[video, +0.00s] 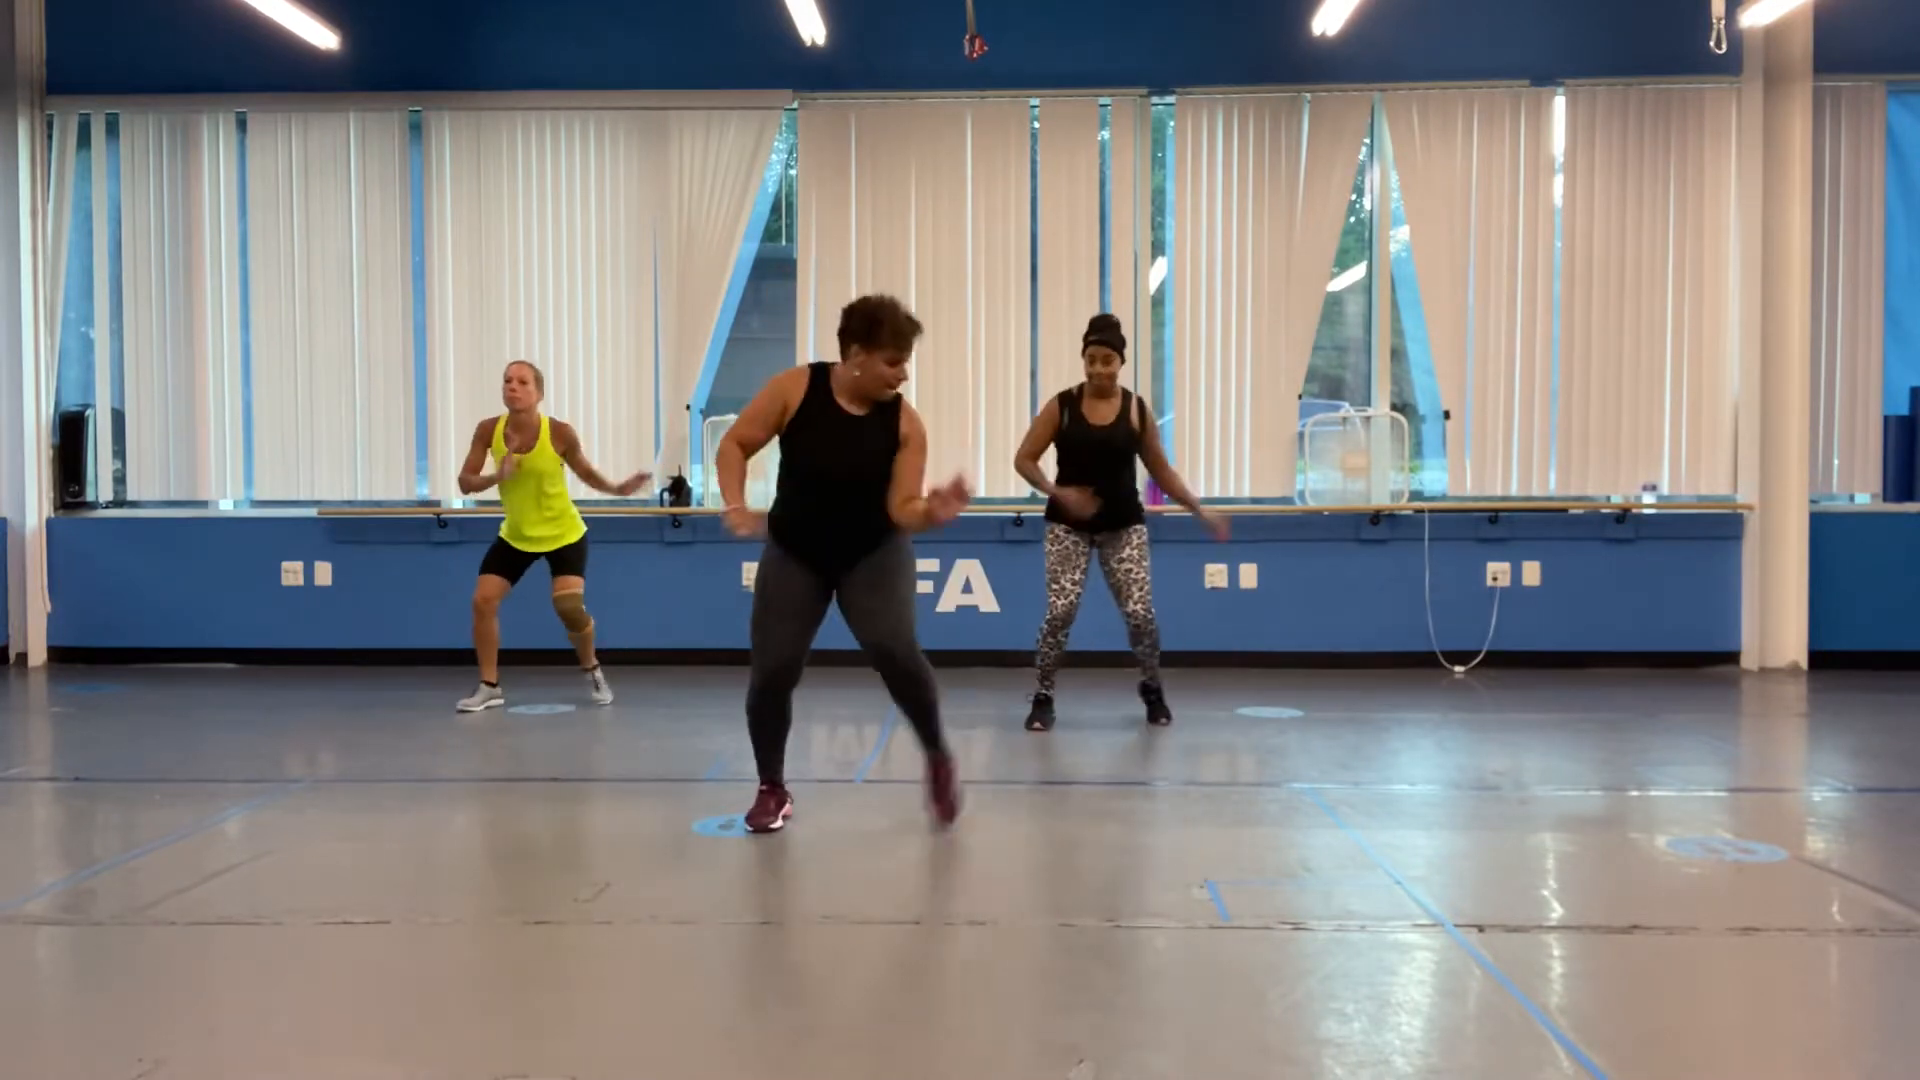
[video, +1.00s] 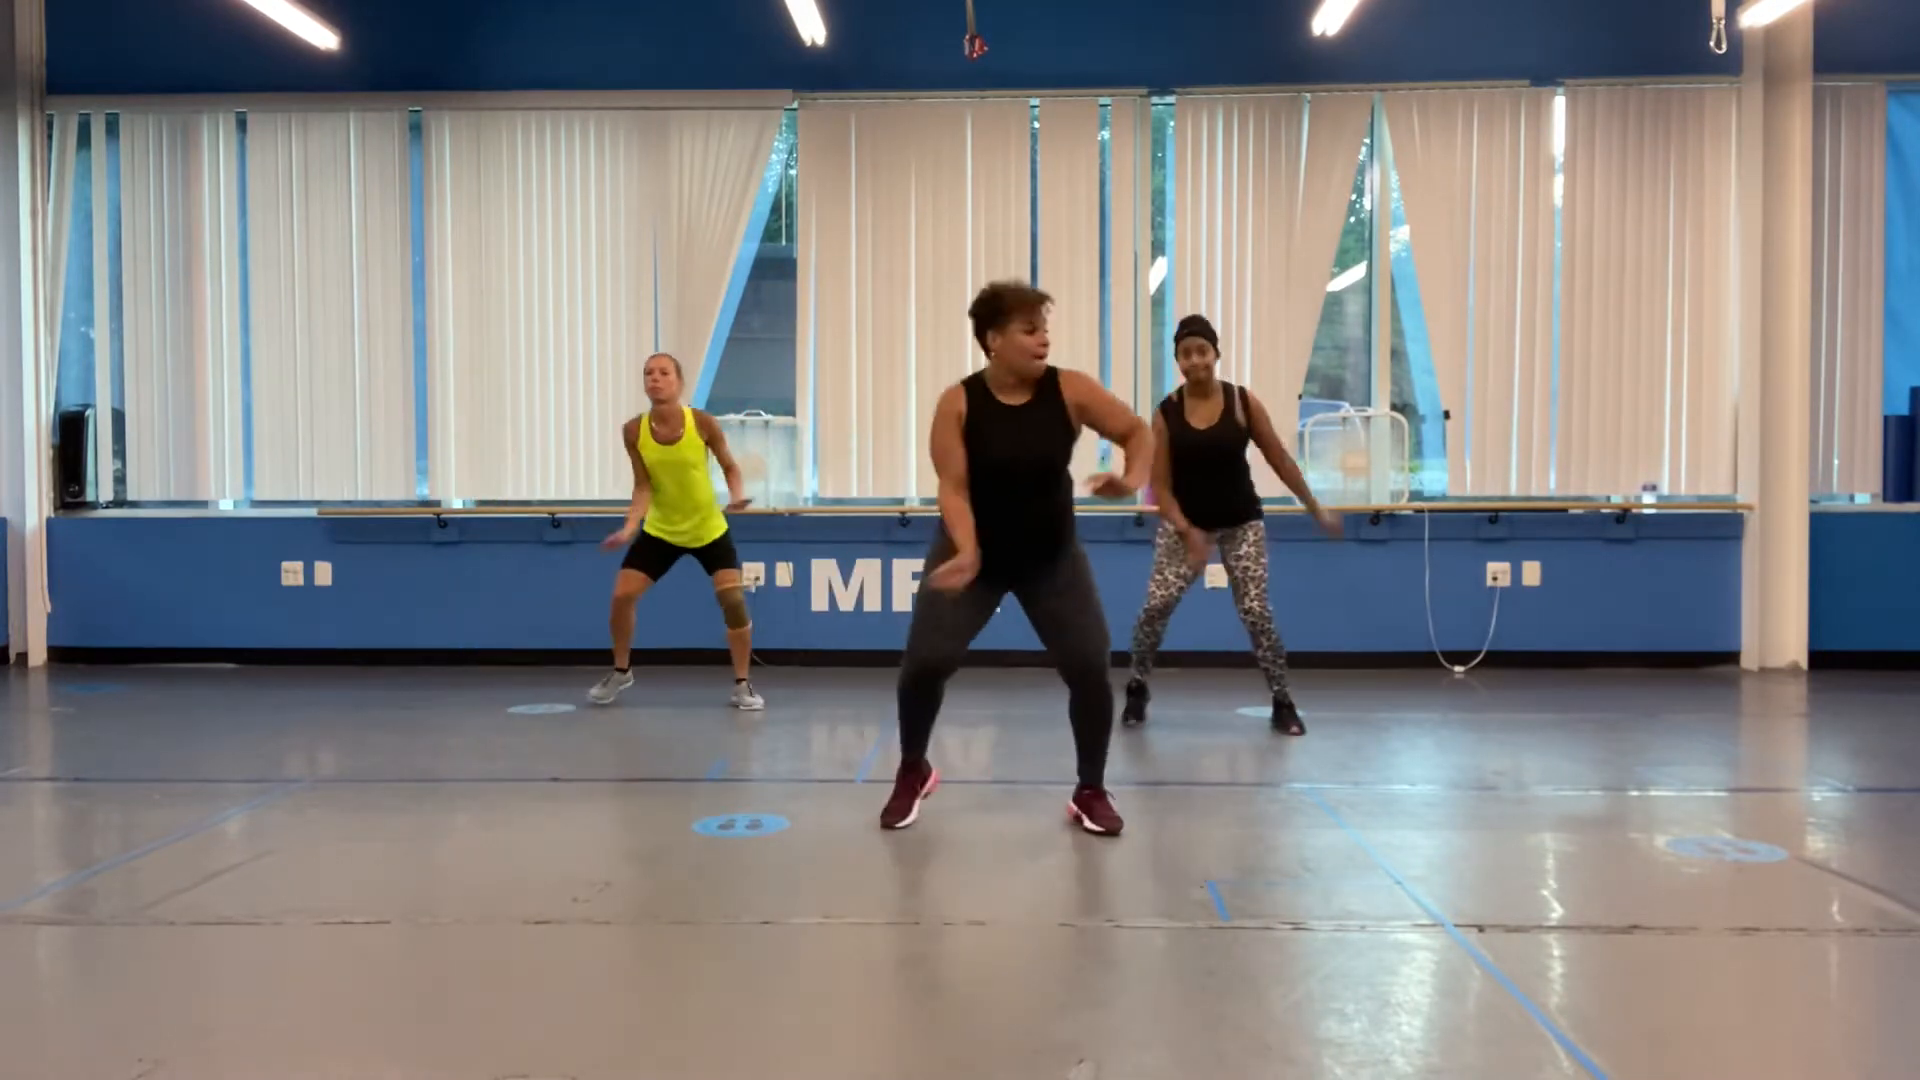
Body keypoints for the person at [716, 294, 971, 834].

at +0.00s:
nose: (903, 372)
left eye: (905, 361)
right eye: (894, 361)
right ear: (855, 357)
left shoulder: (905, 425)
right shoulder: (794, 389)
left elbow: (903, 511)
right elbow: (732, 446)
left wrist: (932, 510)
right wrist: (736, 505)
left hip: (873, 554)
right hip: (795, 552)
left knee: (895, 654)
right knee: (772, 671)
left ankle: (938, 758)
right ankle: (771, 788)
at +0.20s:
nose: (916, 353)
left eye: (926, 342)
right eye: (903, 342)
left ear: (938, 344)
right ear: (880, 343)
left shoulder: (956, 405)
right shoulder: (844, 380)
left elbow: (964, 490)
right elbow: (773, 408)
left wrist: (945, 490)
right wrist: (712, 461)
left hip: (901, 546)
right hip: (825, 541)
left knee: (950, 647)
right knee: (797, 665)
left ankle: (959, 770)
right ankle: (769, 785)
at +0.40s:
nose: (952, 350)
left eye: (961, 337)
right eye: (939, 341)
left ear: (978, 338)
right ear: (923, 346)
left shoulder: (1009, 404)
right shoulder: (897, 388)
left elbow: (1016, 488)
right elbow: (825, 425)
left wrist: (987, 491)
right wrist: (761, 470)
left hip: (964, 550)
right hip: (888, 542)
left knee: (986, 667)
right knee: (859, 661)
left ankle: (976, 788)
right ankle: (857, 758)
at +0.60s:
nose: (989, 340)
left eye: (998, 327)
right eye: (975, 332)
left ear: (1016, 328)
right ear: (960, 339)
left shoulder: (1048, 378)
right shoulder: (938, 382)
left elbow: (1076, 454)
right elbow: (867, 412)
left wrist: (1017, 446)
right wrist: (794, 453)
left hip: (998, 540)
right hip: (922, 533)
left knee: (1043, 642)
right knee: (909, 656)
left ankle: (1024, 764)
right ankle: (897, 777)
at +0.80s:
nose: (1023, 353)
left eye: (1032, 340)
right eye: (1010, 345)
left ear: (1050, 345)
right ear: (994, 354)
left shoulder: (1085, 396)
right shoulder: (974, 412)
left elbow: (1130, 458)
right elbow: (907, 457)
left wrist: (1049, 459)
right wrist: (836, 486)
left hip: (1048, 557)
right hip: (971, 548)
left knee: (1093, 662)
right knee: (923, 642)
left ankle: (1087, 792)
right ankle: (849, 706)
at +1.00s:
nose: (1044, 339)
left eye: (1045, 328)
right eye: (1030, 331)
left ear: (1048, 332)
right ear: (992, 341)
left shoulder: (1071, 391)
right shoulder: (957, 404)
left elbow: (1138, 433)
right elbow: (951, 486)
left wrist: (1130, 478)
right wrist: (967, 549)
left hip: (1051, 555)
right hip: (971, 553)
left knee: (1090, 666)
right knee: (923, 665)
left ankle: (1091, 790)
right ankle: (913, 769)